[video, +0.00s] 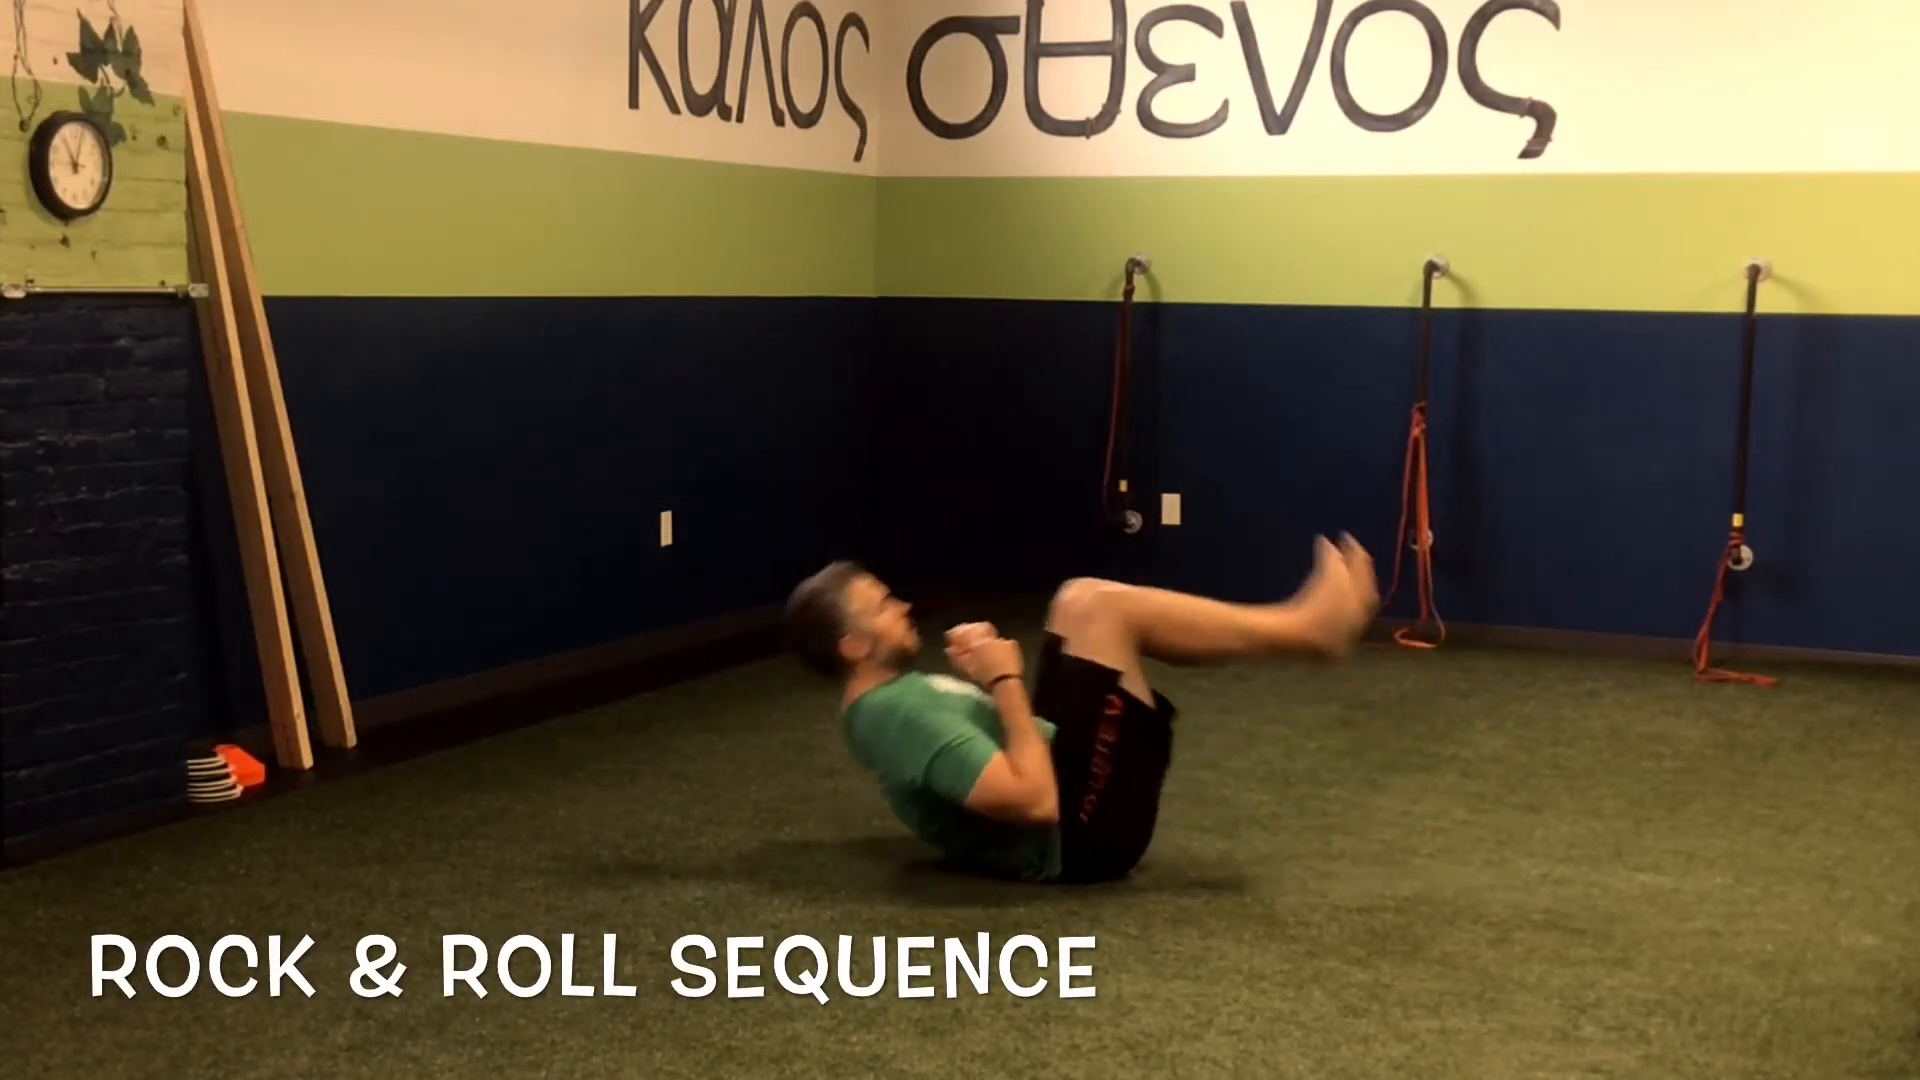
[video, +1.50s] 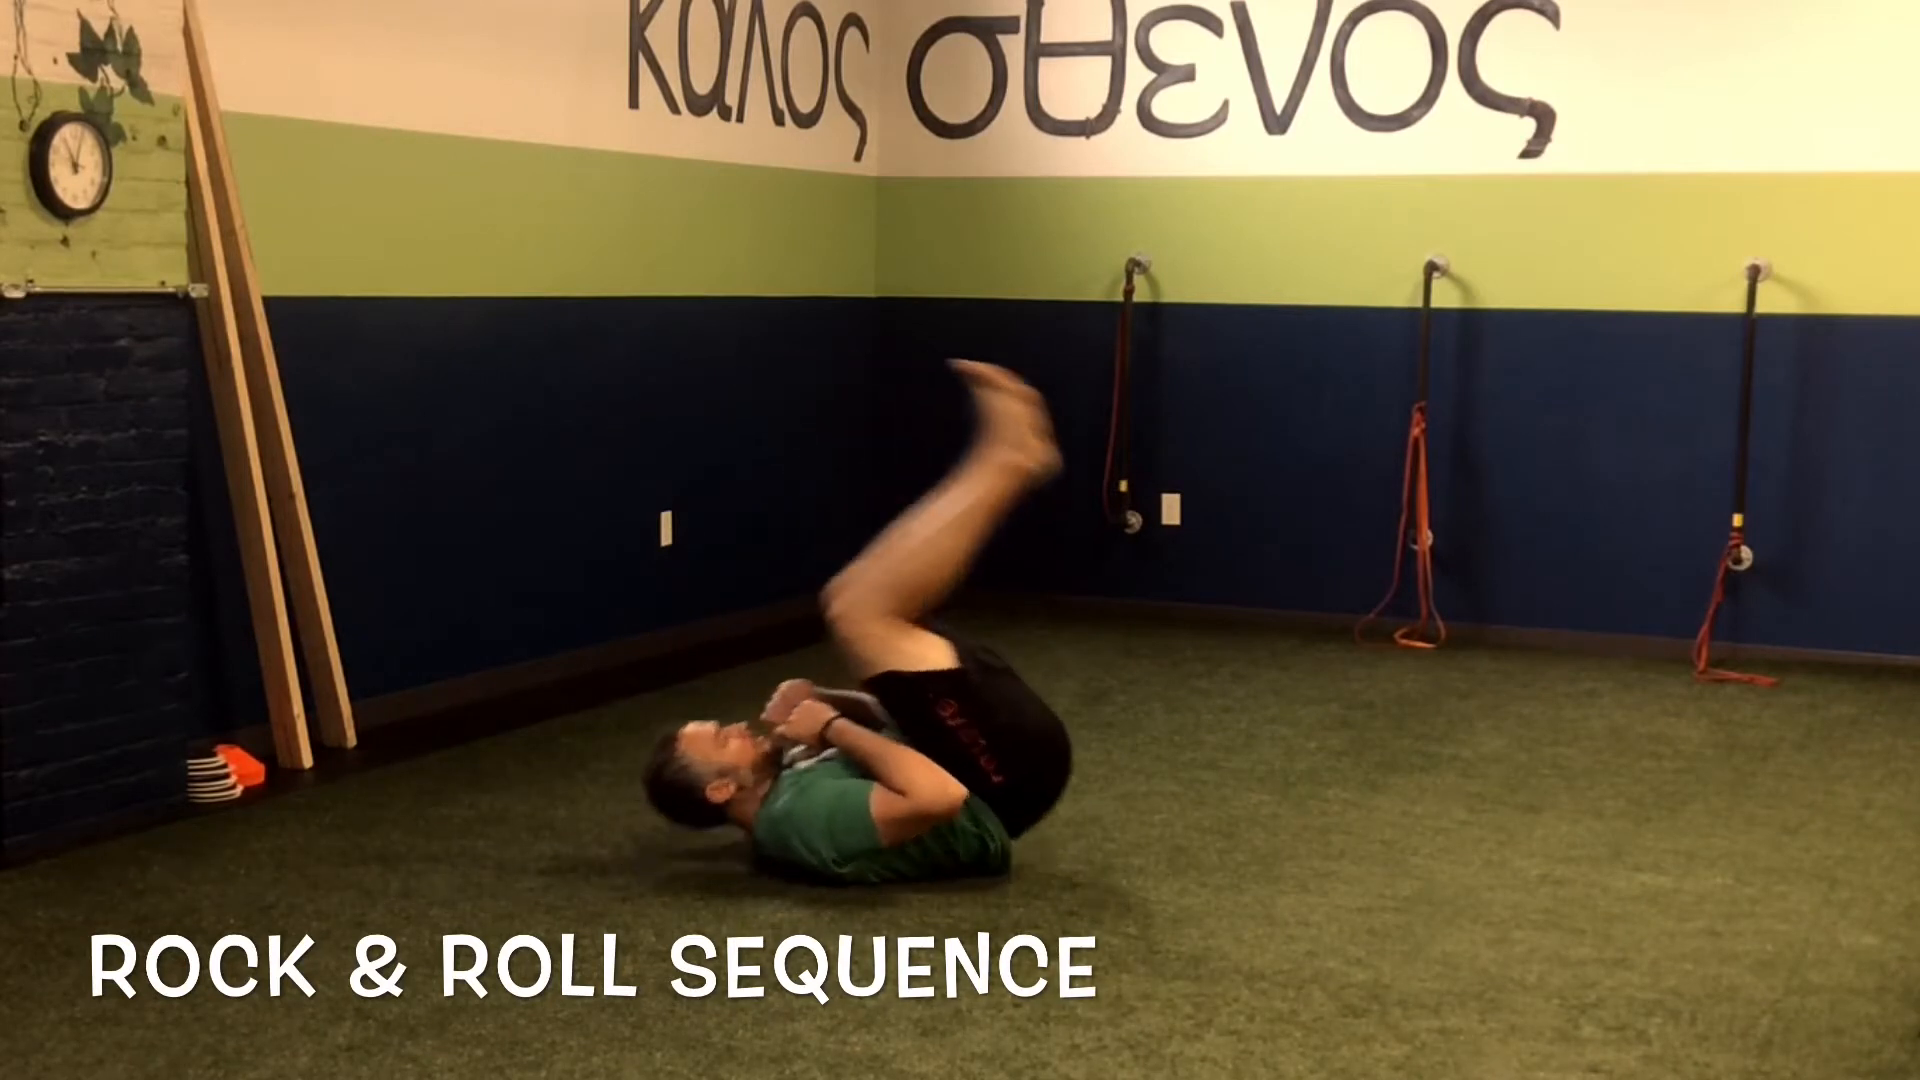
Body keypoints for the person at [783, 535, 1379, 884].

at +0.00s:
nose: (902, 609)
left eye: (889, 599)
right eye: (882, 607)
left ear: (859, 643)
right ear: (852, 646)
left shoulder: (890, 698)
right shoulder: (900, 713)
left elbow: (1013, 770)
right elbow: (1035, 799)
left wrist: (996, 673)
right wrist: (1007, 681)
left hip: (1059, 825)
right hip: (1080, 844)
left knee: (1083, 601)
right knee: (1095, 604)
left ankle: (1294, 625)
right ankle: (1308, 626)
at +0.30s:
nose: (783, 702)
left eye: (766, 698)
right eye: (761, 710)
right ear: (752, 764)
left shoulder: (816, 779)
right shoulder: (820, 809)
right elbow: (969, 809)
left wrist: (872, 715)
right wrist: (874, 728)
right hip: (1044, 795)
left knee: (901, 616)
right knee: (900, 622)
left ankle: (1029, 450)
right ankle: (1027, 451)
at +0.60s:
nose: (708, 753)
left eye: (691, 757)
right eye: (694, 770)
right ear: (707, 820)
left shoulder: (770, 809)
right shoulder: (787, 830)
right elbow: (910, 783)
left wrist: (774, 756)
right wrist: (792, 743)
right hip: (981, 729)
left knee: (789, 638)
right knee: (766, 653)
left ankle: (772, 434)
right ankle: (770, 432)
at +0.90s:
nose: (696, 768)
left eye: (680, 773)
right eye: (685, 783)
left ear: (705, 832)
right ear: (703, 832)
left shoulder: (759, 815)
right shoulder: (781, 836)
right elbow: (897, 763)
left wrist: (749, 744)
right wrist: (770, 752)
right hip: (950, 690)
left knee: (738, 647)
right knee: (718, 674)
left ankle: (687, 457)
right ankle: (674, 458)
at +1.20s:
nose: (701, 766)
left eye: (686, 770)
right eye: (689, 782)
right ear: (703, 831)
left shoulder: (758, 812)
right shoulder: (785, 832)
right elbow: (907, 774)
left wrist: (769, 749)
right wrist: (782, 743)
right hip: (971, 710)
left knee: (771, 638)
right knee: (747, 659)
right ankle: (767, 436)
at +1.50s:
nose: (740, 725)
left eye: (722, 726)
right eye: (722, 737)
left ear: (726, 785)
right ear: (723, 786)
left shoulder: (788, 788)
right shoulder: (793, 818)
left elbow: (882, 719)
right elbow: (938, 797)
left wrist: (819, 699)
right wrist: (830, 726)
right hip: (1010, 775)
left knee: (852, 597)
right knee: (856, 607)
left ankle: (1006, 454)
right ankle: (1011, 454)